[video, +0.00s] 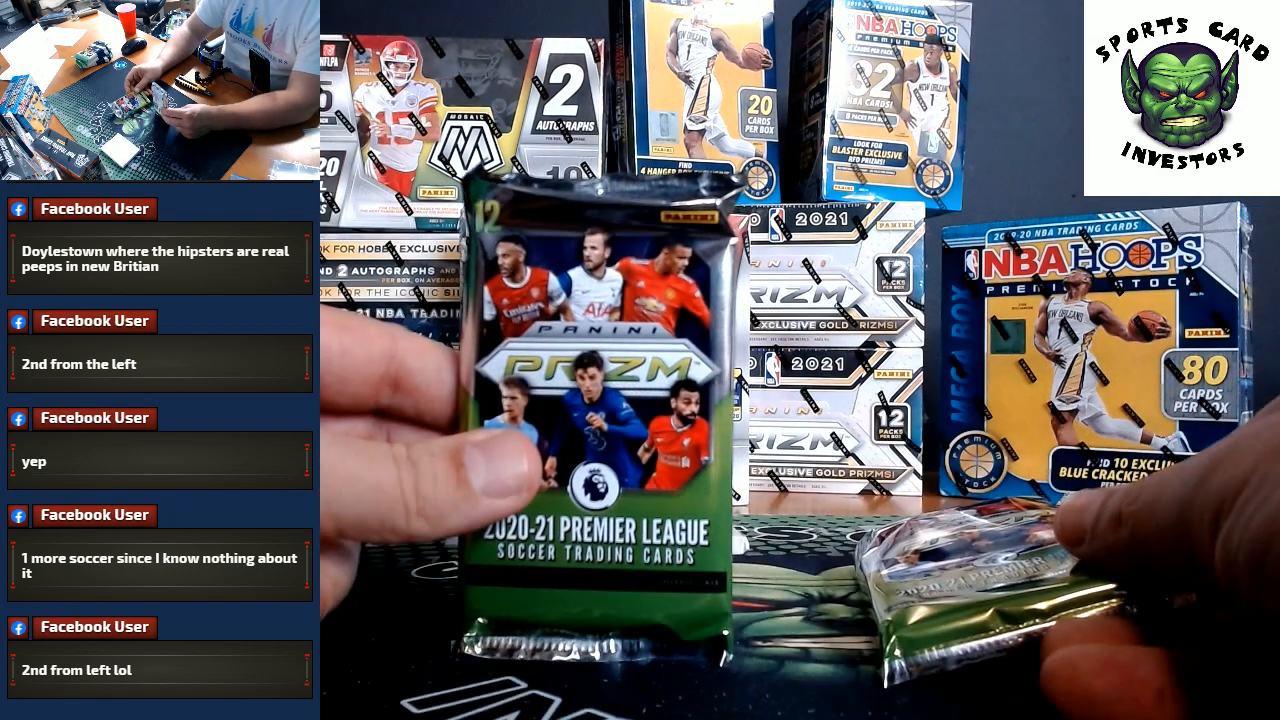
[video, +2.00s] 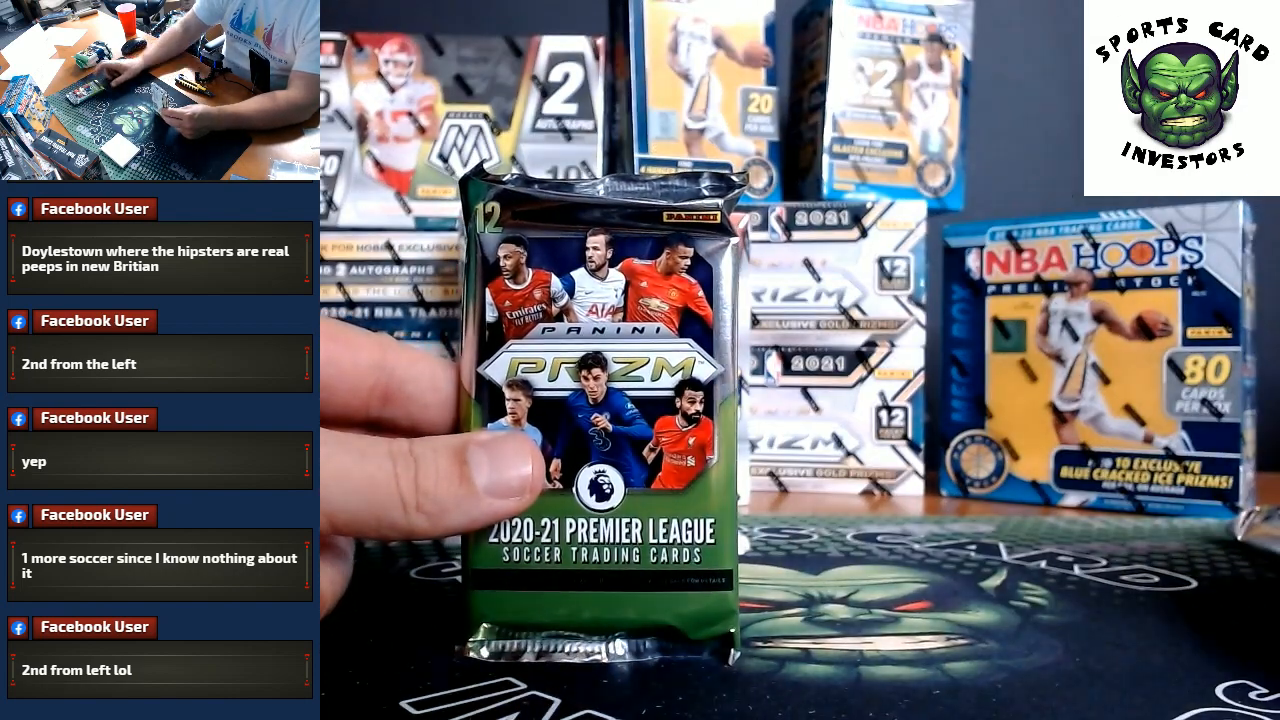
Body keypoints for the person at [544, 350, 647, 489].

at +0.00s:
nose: (587, 384)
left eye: (592, 378)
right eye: (582, 378)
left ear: (602, 376)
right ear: (576, 379)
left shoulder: (613, 399)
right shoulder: (571, 401)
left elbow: (641, 432)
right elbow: (562, 428)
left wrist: (608, 428)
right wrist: (553, 455)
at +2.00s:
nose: (591, 385)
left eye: (596, 378)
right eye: (586, 379)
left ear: (606, 376)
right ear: (580, 378)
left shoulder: (617, 399)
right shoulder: (574, 402)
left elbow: (646, 432)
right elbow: (567, 429)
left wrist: (612, 429)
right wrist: (558, 457)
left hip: (630, 473)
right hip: (598, 471)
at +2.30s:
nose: (590, 386)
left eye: (595, 379)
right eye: (585, 379)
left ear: (605, 376)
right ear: (579, 379)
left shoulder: (617, 400)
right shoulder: (573, 402)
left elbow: (645, 432)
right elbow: (567, 428)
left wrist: (612, 429)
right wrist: (556, 457)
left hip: (629, 474)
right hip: (597, 473)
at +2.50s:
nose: (588, 385)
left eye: (593, 378)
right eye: (582, 379)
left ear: (603, 375)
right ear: (576, 378)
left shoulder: (615, 399)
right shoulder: (571, 402)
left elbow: (644, 432)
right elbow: (565, 427)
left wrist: (610, 429)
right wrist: (555, 457)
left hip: (628, 474)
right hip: (596, 472)